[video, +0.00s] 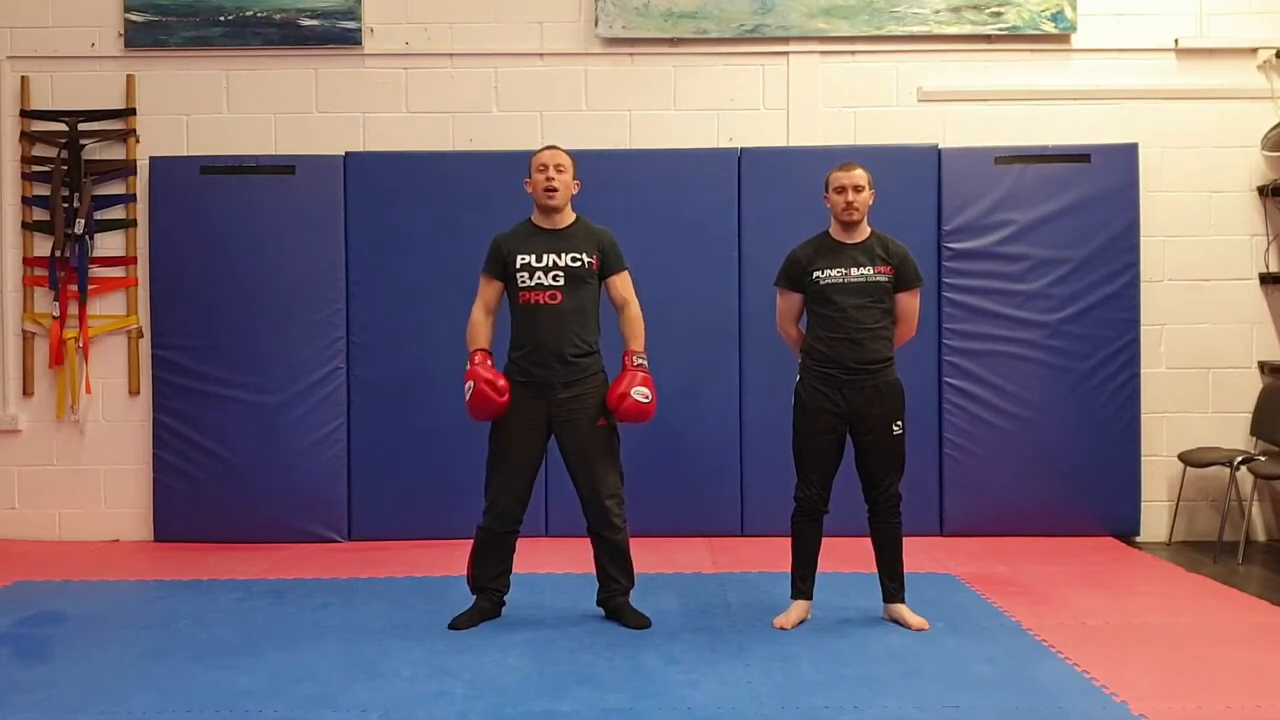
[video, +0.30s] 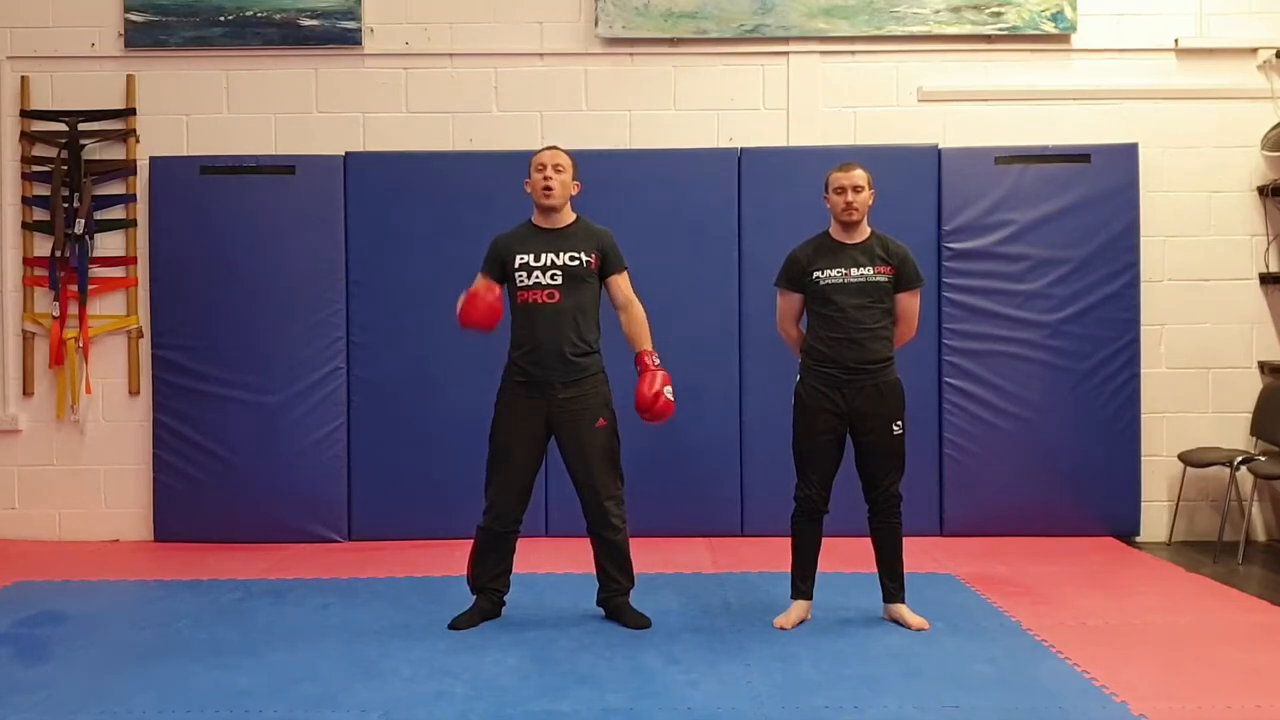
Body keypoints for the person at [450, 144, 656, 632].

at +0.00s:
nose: (550, 177)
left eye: (559, 171)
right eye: (542, 171)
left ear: (574, 184)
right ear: (529, 184)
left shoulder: (598, 240)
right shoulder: (508, 244)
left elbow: (628, 305)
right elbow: (484, 310)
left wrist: (637, 365)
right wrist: (479, 362)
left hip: (585, 388)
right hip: (521, 389)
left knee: (606, 499)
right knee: (503, 501)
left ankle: (616, 597)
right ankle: (488, 597)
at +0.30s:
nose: (547, 176)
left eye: (557, 171)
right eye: (540, 170)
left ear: (574, 187)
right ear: (528, 185)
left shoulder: (598, 240)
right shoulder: (507, 245)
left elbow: (628, 305)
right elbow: (477, 300)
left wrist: (650, 364)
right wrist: (474, 307)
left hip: (584, 388)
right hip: (522, 390)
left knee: (605, 499)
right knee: (503, 500)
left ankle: (616, 598)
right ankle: (488, 598)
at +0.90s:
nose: (562, 178)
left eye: (571, 173)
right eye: (554, 171)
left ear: (583, 188)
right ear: (537, 184)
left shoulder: (599, 246)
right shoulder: (512, 236)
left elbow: (615, 315)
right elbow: (479, 283)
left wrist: (630, 373)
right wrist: (508, 256)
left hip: (584, 388)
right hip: (523, 388)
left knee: (606, 498)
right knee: (503, 498)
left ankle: (616, 597)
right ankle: (488, 597)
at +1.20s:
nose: (571, 179)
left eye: (578, 173)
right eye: (561, 172)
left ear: (587, 187)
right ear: (541, 185)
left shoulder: (599, 248)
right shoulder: (514, 236)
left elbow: (613, 318)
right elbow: (497, 297)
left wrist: (629, 376)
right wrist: (499, 352)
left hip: (585, 390)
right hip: (522, 390)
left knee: (607, 499)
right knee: (504, 500)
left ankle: (616, 597)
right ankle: (488, 597)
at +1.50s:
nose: (559, 178)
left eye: (567, 171)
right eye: (550, 171)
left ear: (579, 183)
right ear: (533, 183)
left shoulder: (599, 244)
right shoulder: (509, 241)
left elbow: (615, 315)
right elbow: (487, 308)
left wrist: (630, 377)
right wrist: (483, 370)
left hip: (586, 390)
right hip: (524, 389)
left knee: (607, 500)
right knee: (504, 501)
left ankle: (616, 597)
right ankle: (488, 597)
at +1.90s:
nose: (544, 181)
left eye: (553, 174)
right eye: (535, 174)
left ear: (571, 184)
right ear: (525, 184)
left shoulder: (598, 241)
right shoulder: (507, 245)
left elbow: (621, 305)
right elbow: (489, 314)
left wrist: (636, 360)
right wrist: (479, 377)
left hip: (585, 388)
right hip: (523, 389)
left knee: (606, 498)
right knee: (505, 500)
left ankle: (616, 597)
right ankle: (488, 598)